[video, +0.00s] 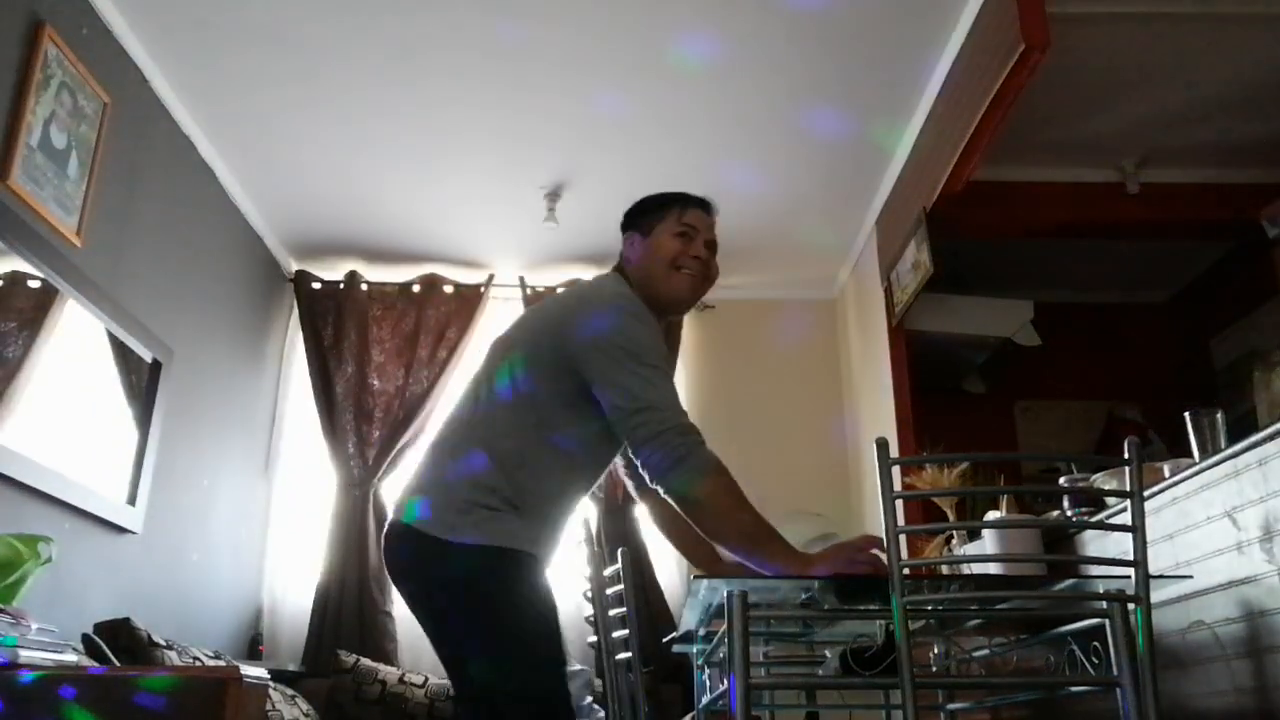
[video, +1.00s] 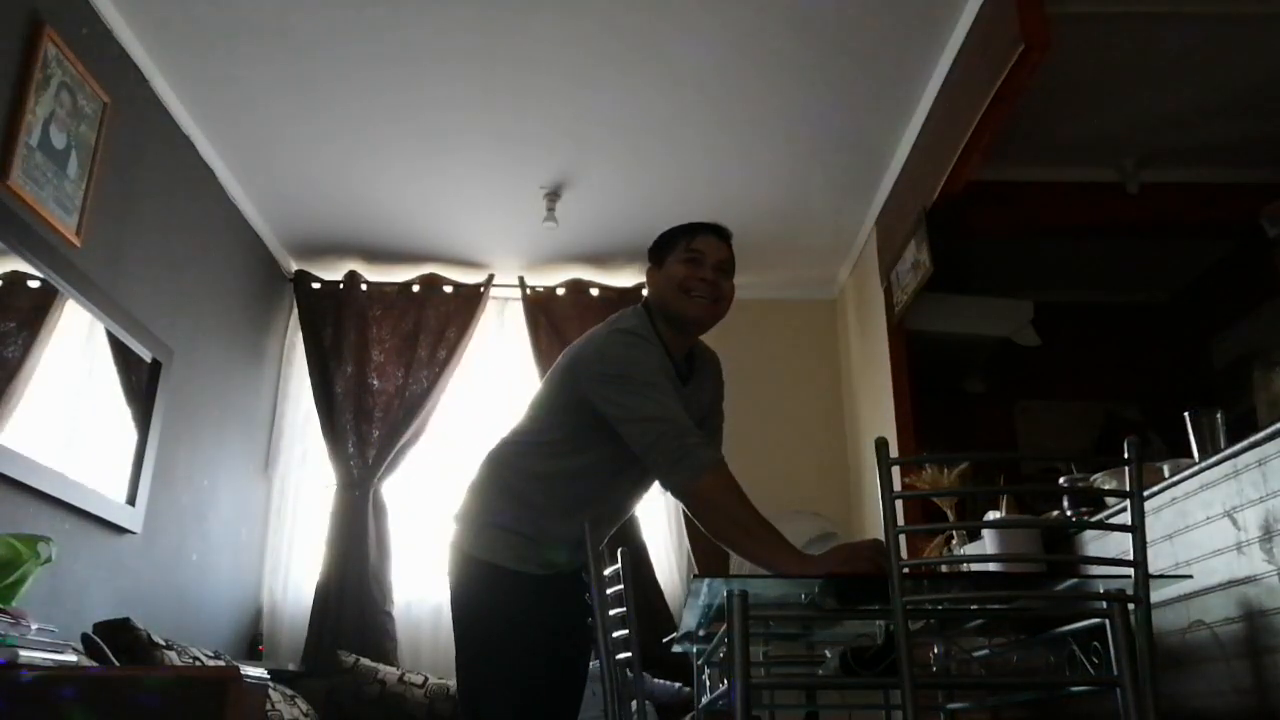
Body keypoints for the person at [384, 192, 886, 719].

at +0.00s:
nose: (702, 251)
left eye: (711, 245)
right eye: (683, 233)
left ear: (711, 272)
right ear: (632, 244)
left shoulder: (626, 325)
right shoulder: (608, 314)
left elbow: (648, 483)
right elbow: (680, 463)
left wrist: (714, 566)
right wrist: (798, 562)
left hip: (480, 543)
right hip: (462, 544)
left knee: (517, 707)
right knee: (530, 708)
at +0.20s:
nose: (693, 257)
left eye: (709, 253)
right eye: (676, 241)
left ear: (715, 282)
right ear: (637, 255)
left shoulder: (678, 366)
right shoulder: (606, 325)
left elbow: (692, 492)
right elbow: (691, 462)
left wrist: (714, 604)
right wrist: (798, 561)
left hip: (527, 546)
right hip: (462, 534)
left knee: (542, 704)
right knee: (491, 705)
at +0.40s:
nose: (695, 262)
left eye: (711, 256)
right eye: (679, 247)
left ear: (720, 284)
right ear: (641, 262)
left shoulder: (692, 364)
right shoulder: (613, 338)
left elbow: (700, 484)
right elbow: (690, 468)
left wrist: (715, 602)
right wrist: (798, 563)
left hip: (547, 554)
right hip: (483, 542)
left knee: (525, 707)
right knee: (484, 708)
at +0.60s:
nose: (703, 273)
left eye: (717, 264)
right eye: (686, 256)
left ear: (727, 285)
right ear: (646, 269)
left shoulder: (697, 367)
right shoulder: (616, 347)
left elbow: (698, 490)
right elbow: (694, 475)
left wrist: (715, 599)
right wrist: (797, 563)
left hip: (564, 555)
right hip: (497, 546)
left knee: (547, 704)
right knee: (492, 705)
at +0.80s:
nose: (706, 276)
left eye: (721, 268)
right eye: (690, 260)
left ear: (730, 291)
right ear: (651, 273)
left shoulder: (701, 368)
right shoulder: (619, 348)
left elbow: (702, 489)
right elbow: (696, 477)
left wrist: (716, 597)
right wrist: (799, 564)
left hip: (568, 555)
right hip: (503, 546)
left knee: (553, 705)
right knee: (499, 707)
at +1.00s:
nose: (708, 278)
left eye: (723, 270)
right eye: (691, 262)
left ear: (731, 293)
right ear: (652, 274)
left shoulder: (702, 370)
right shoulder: (621, 349)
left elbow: (702, 493)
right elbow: (695, 479)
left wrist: (717, 602)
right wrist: (799, 564)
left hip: (570, 554)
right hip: (503, 547)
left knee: (554, 705)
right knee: (503, 708)